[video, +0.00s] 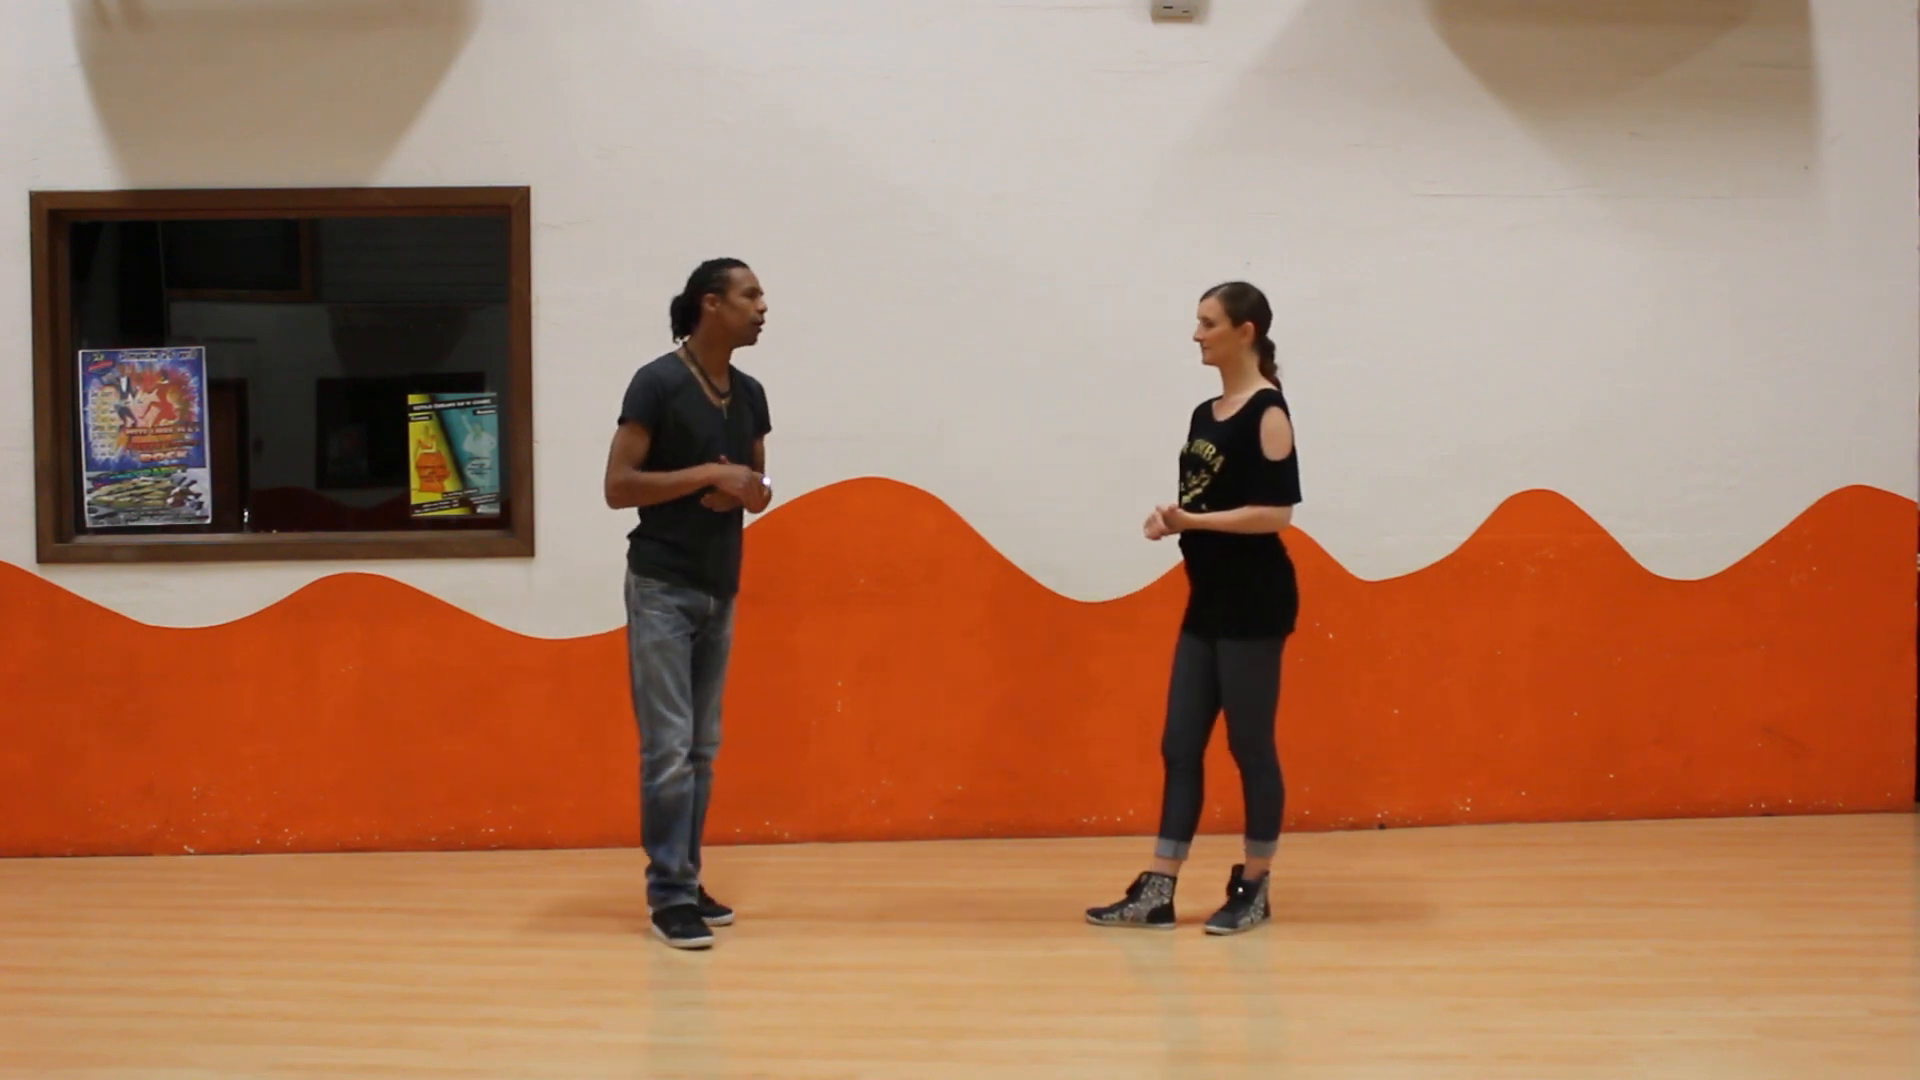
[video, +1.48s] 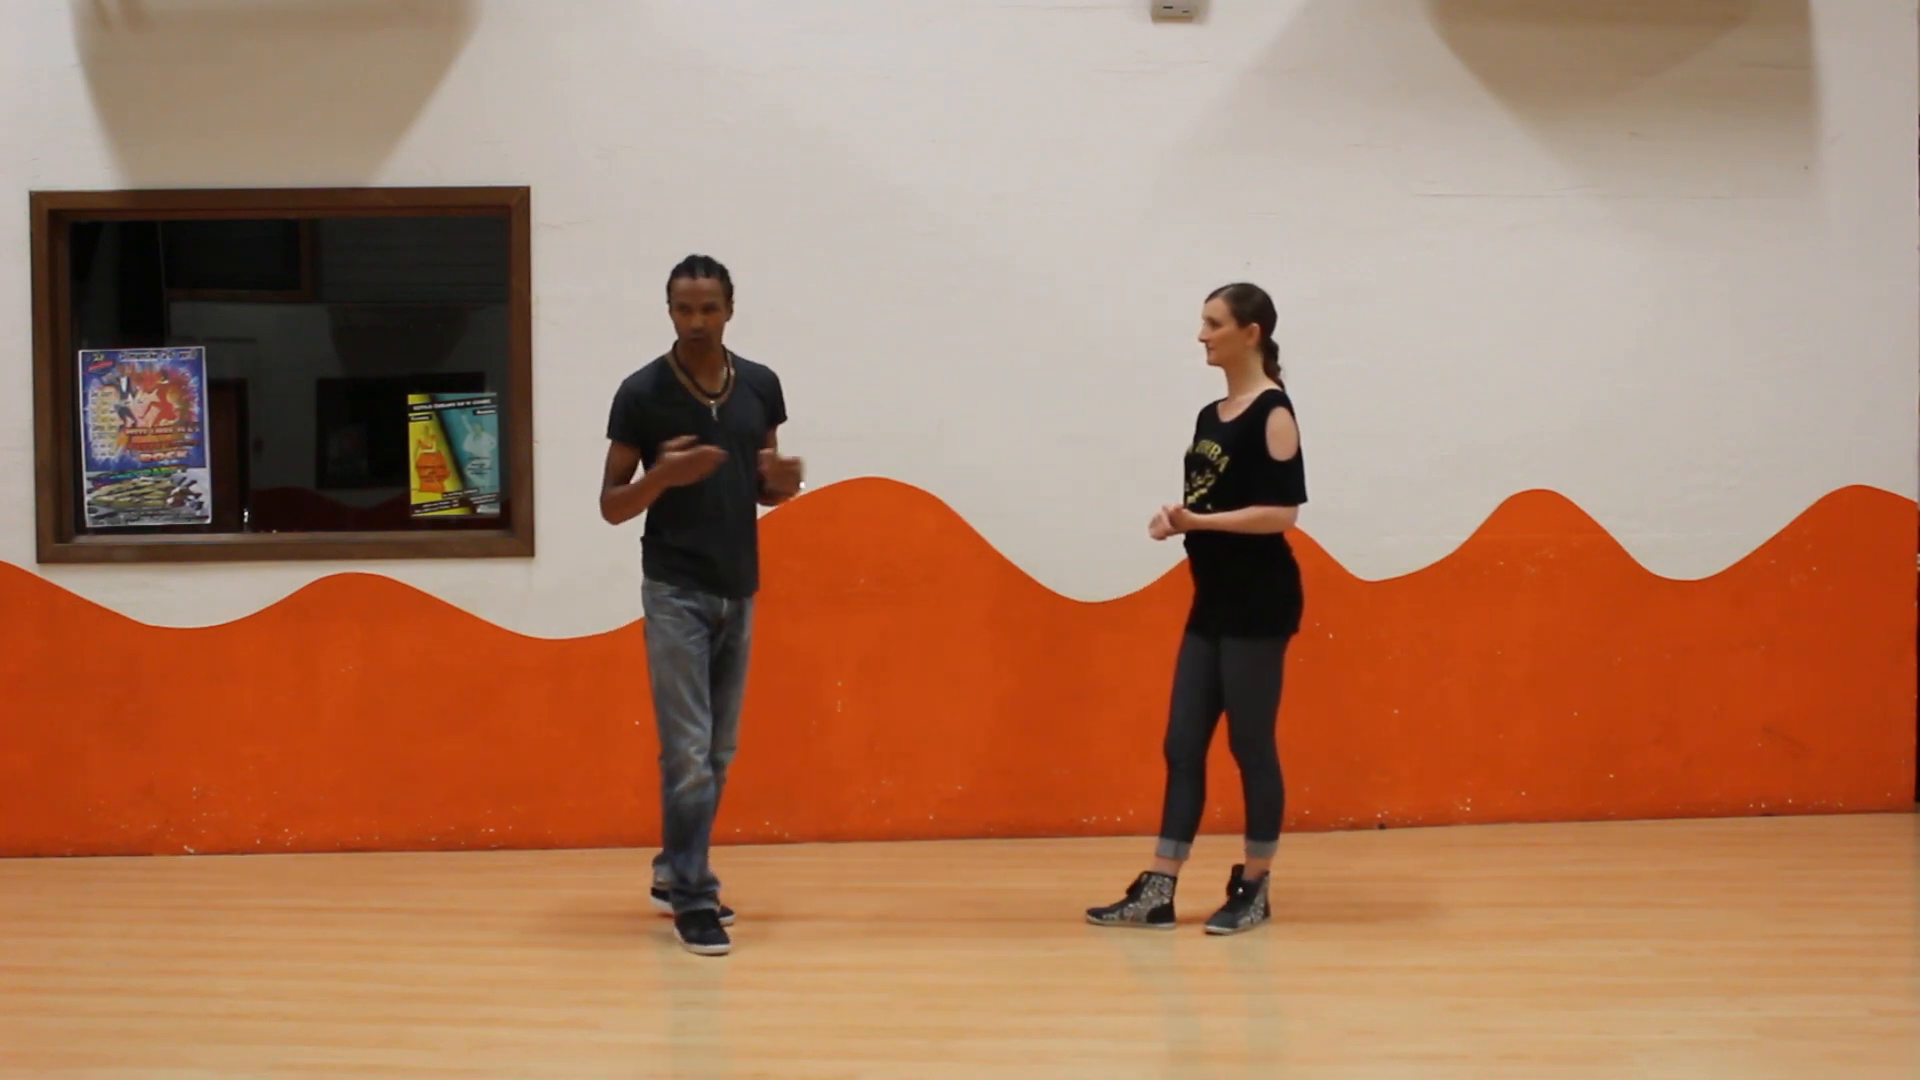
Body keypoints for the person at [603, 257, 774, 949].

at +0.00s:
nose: (764, 307)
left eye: (762, 296)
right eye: (752, 297)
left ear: (728, 309)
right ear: (709, 306)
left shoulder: (748, 392)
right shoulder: (656, 383)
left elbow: (760, 492)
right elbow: (617, 488)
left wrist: (742, 489)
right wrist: (710, 474)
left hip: (717, 589)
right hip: (661, 586)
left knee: (702, 743)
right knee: (670, 742)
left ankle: (685, 884)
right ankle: (670, 896)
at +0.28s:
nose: (764, 310)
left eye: (763, 300)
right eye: (752, 300)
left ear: (728, 310)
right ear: (710, 307)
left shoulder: (746, 395)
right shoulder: (654, 385)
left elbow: (757, 494)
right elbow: (618, 491)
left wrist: (749, 484)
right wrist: (705, 474)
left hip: (719, 590)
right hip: (664, 586)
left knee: (705, 744)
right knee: (673, 743)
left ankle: (685, 884)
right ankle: (670, 896)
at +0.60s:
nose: (738, 310)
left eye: (745, 301)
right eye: (725, 298)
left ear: (750, 315)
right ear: (690, 306)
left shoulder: (754, 399)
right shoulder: (650, 387)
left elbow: (763, 499)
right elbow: (611, 491)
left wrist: (756, 487)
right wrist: (700, 472)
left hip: (725, 589)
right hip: (666, 586)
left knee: (709, 742)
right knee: (682, 739)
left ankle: (683, 882)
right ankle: (673, 894)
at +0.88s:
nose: (690, 323)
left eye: (703, 310)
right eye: (681, 312)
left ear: (731, 314)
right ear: (671, 316)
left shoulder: (763, 394)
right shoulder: (644, 392)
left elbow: (773, 503)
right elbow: (613, 500)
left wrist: (773, 472)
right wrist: (678, 458)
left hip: (728, 584)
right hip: (667, 582)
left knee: (712, 739)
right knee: (693, 736)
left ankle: (671, 875)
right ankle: (696, 892)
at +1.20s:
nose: (695, 328)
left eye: (706, 314)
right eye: (683, 317)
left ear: (727, 314)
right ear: (667, 320)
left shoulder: (763, 391)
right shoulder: (642, 401)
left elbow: (767, 490)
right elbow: (627, 510)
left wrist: (812, 487)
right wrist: (618, 482)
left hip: (733, 590)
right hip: (668, 588)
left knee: (712, 748)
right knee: (686, 746)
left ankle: (672, 874)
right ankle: (694, 897)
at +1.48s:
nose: (695, 319)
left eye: (707, 307)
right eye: (683, 307)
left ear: (729, 311)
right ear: (669, 311)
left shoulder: (759, 385)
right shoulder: (642, 393)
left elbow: (771, 489)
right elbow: (613, 506)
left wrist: (782, 478)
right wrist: (660, 476)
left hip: (736, 588)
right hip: (675, 589)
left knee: (719, 749)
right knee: (689, 749)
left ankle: (677, 874)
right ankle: (695, 897)